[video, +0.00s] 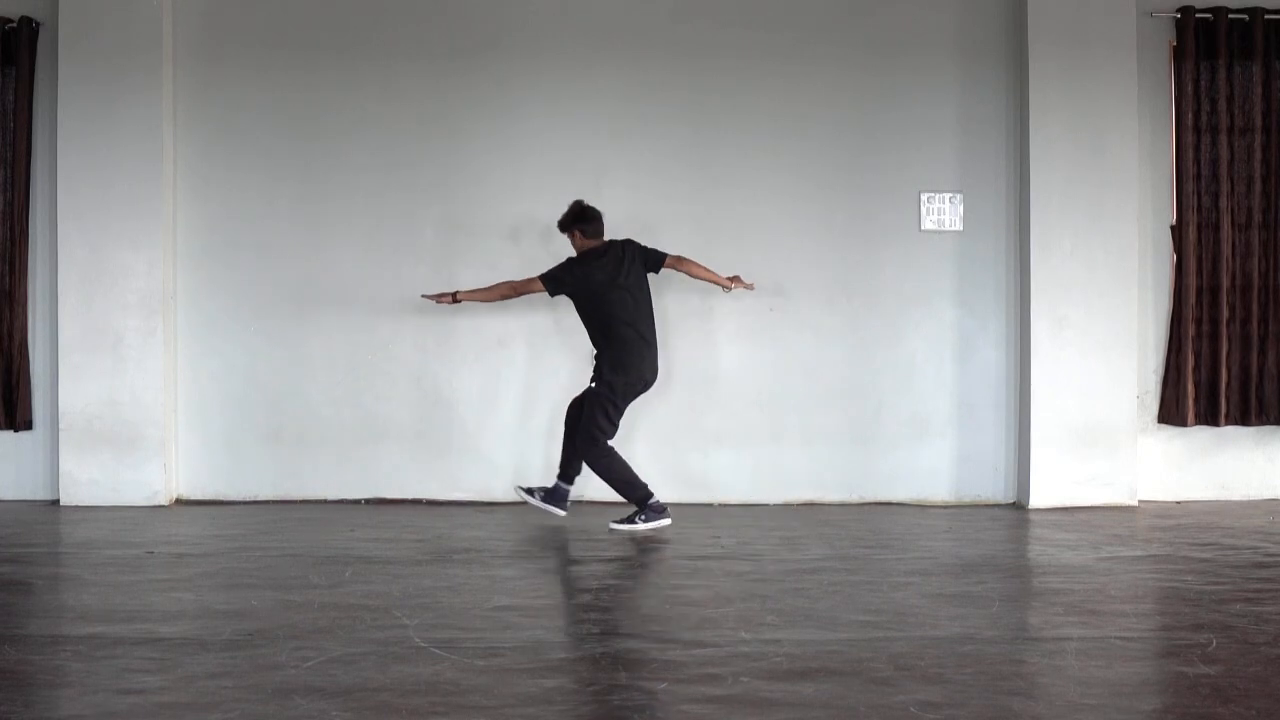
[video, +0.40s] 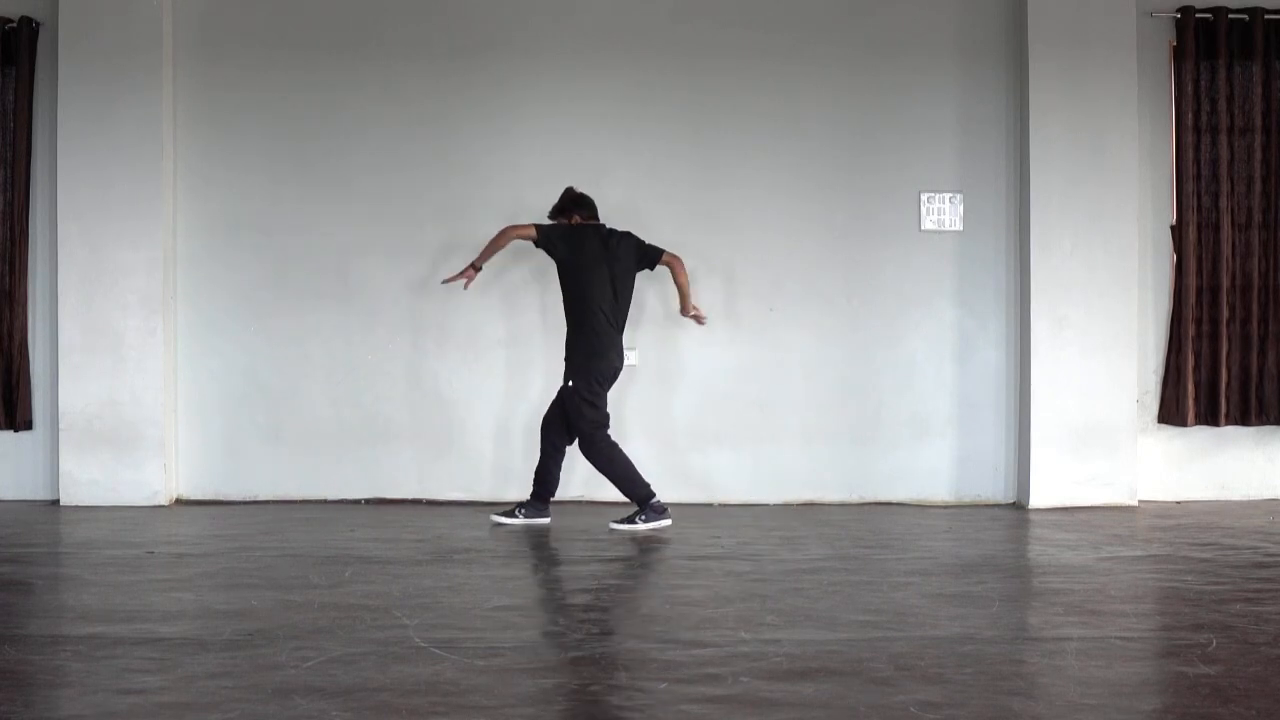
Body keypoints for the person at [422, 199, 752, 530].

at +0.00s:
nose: (570, 242)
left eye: (570, 236)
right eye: (571, 235)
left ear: (576, 234)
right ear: (601, 229)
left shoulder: (574, 269)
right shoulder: (631, 251)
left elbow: (516, 289)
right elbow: (682, 264)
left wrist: (462, 296)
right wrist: (725, 281)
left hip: (617, 371)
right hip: (644, 367)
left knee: (590, 442)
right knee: (577, 412)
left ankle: (650, 506)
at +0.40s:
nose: (558, 228)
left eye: (559, 222)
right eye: (558, 224)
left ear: (571, 219)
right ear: (593, 217)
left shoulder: (567, 236)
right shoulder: (626, 242)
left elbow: (512, 231)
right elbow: (675, 262)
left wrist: (476, 264)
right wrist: (687, 304)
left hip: (586, 357)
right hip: (610, 358)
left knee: (592, 439)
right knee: (555, 426)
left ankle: (651, 506)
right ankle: (538, 505)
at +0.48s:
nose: (553, 231)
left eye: (555, 225)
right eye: (553, 227)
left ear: (570, 219)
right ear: (588, 220)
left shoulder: (566, 236)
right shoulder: (621, 241)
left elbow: (512, 227)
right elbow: (667, 262)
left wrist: (475, 244)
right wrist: (657, 304)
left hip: (587, 357)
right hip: (605, 358)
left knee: (594, 439)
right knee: (551, 425)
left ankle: (652, 506)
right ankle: (537, 506)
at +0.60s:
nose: (557, 224)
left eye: (561, 216)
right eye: (556, 217)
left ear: (580, 212)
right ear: (585, 215)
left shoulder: (586, 238)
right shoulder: (605, 242)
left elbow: (540, 255)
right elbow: (610, 294)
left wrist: (494, 253)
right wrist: (574, 311)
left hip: (595, 355)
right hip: (593, 355)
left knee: (600, 438)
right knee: (549, 426)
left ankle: (652, 507)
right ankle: (537, 505)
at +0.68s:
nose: (568, 217)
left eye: (575, 210)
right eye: (566, 210)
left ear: (595, 209)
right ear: (565, 213)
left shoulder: (604, 235)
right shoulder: (581, 250)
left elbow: (583, 260)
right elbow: (565, 295)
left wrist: (526, 263)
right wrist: (542, 269)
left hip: (605, 351)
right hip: (581, 352)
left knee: (609, 437)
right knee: (548, 426)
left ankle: (653, 507)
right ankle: (537, 505)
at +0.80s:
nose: (575, 210)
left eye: (580, 203)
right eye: (572, 204)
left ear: (599, 202)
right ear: (576, 208)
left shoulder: (622, 237)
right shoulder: (571, 239)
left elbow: (619, 230)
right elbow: (542, 264)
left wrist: (576, 199)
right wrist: (565, 215)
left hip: (611, 358)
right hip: (571, 357)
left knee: (626, 436)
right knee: (539, 424)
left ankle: (656, 508)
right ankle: (538, 505)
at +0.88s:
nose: (612, 216)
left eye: (609, 209)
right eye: (605, 208)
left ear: (613, 212)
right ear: (590, 212)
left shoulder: (626, 245)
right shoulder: (573, 241)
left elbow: (644, 220)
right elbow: (557, 270)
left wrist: (611, 186)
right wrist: (588, 225)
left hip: (615, 366)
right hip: (568, 365)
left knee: (646, 436)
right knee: (529, 427)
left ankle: (662, 508)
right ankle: (535, 506)